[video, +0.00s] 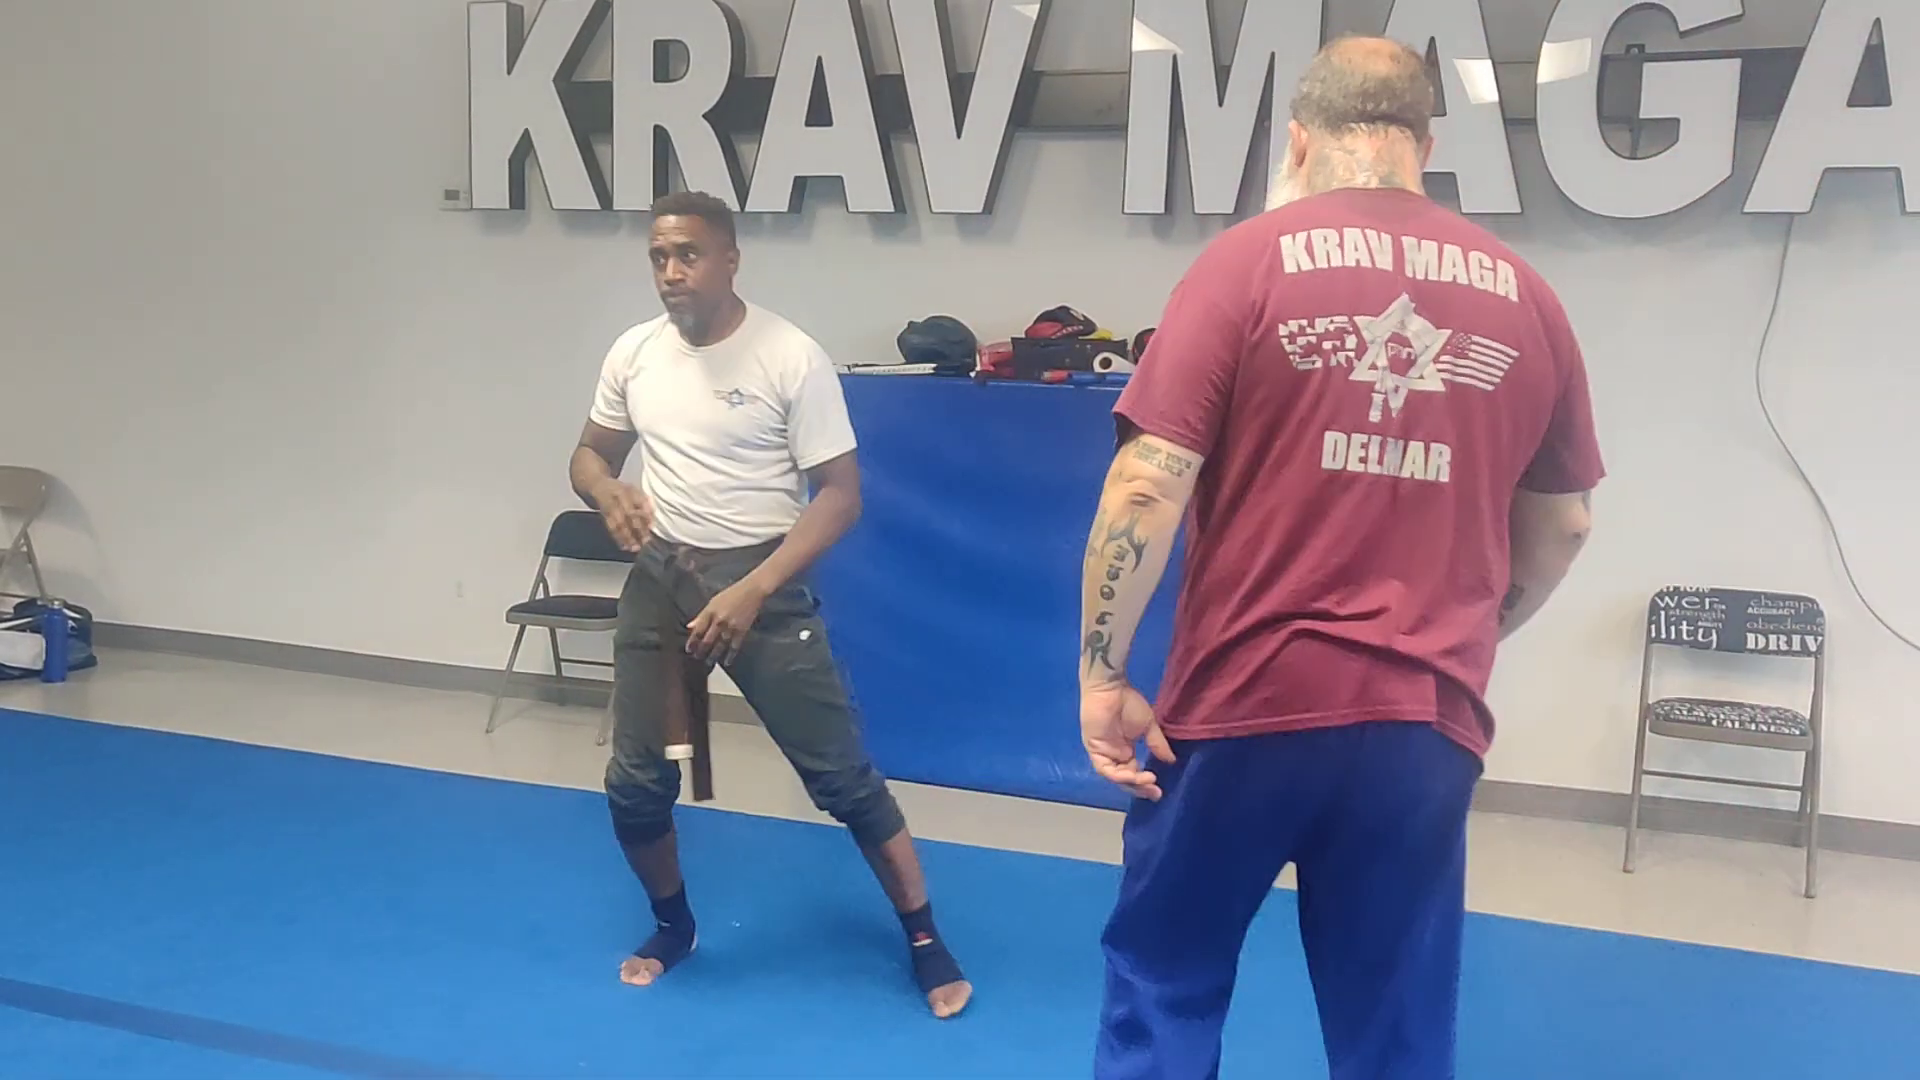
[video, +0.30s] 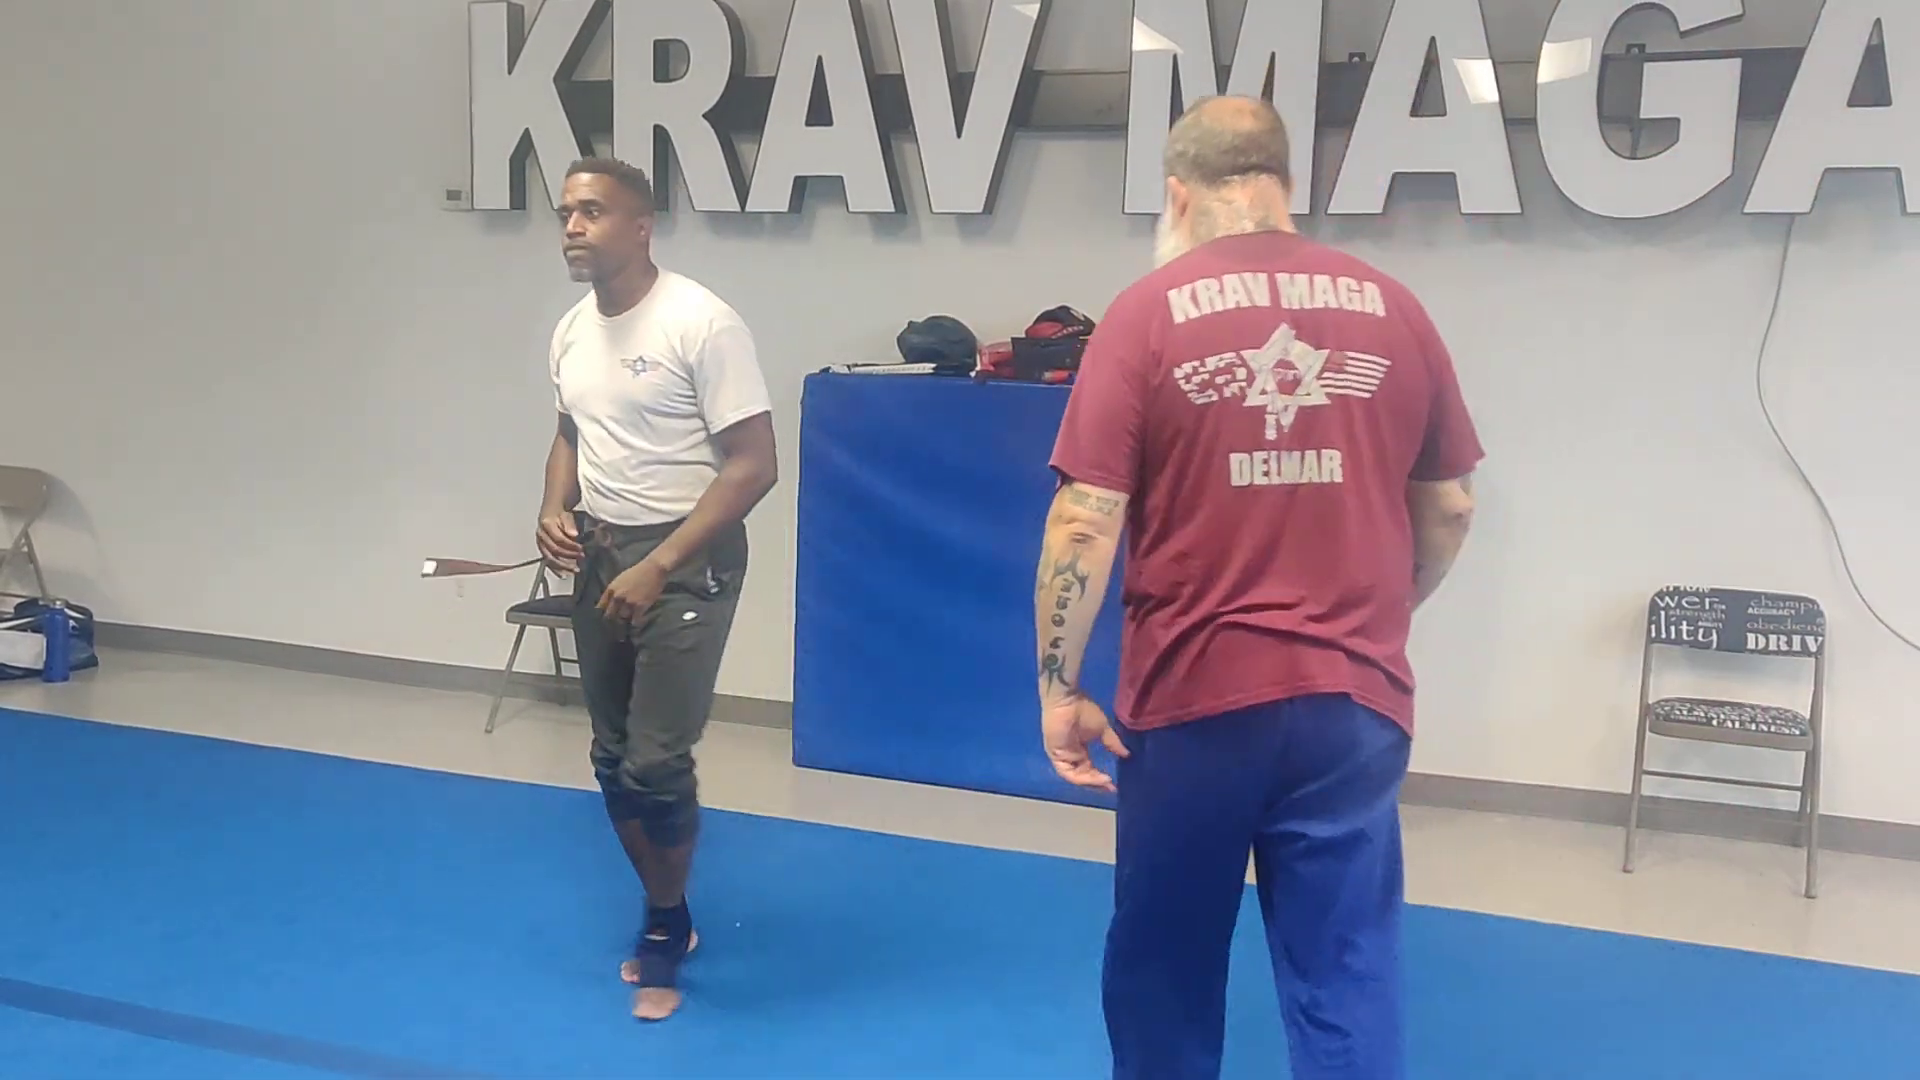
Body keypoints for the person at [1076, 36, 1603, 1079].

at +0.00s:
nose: (1286, 171)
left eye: (1285, 153)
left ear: (1300, 144)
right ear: (1425, 149)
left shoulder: (1250, 257)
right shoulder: (1525, 291)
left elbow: (1152, 479)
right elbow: (1558, 527)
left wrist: (1103, 670)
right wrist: (1470, 626)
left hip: (1249, 702)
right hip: (1426, 718)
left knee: (1163, 988)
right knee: (1397, 1020)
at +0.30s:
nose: (1169, 216)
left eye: (1169, 202)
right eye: (1174, 203)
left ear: (1181, 194)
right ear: (1288, 191)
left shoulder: (1144, 314)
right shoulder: (1390, 302)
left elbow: (1086, 518)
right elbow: (1448, 506)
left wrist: (1059, 683)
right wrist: (1376, 607)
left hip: (1198, 692)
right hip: (1354, 686)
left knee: (1162, 981)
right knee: (1347, 986)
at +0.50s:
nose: (1100, 204)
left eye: (1100, 191)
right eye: (1107, 190)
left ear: (1111, 187)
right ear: (1207, 176)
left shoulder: (1081, 304)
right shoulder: (1319, 283)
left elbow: (1013, 507)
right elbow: (1386, 462)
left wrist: (996, 628)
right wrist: (1343, 582)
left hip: (1146, 645)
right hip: (1290, 642)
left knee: (1130, 902)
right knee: (1280, 872)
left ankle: (1146, 1068)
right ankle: (1303, 1065)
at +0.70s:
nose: (1068, 223)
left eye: (1069, 209)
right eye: (1070, 210)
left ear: (1081, 203)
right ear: (1171, 200)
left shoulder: (1053, 303)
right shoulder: (1272, 295)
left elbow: (968, 492)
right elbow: (1330, 463)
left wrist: (947, 571)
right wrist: (1289, 582)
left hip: (1117, 625)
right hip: (1243, 623)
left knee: (1106, 862)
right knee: (1190, 844)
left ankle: (1127, 1062)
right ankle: (1163, 1027)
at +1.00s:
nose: (1043, 230)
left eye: (1044, 217)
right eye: (1049, 218)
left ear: (1060, 212)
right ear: (1139, 215)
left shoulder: (1031, 293)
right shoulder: (1210, 312)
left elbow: (963, 446)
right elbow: (1243, 466)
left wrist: (924, 572)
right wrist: (1181, 554)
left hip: (1045, 594)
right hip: (1158, 600)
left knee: (994, 774)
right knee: (1116, 805)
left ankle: (1052, 963)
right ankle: (1106, 1004)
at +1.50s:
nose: (897, 239)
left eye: (897, 228)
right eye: (901, 227)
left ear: (909, 229)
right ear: (980, 222)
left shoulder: (896, 318)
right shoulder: (1057, 303)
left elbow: (849, 461)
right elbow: (1105, 436)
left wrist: (828, 563)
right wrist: (1076, 521)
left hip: (936, 568)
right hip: (1039, 563)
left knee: (922, 756)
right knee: (1048, 744)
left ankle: (932, 933)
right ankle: (1065, 875)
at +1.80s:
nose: (852, 249)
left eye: (852, 237)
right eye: (857, 237)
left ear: (864, 237)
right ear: (929, 232)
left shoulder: (846, 319)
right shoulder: (998, 316)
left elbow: (778, 446)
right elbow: (1039, 441)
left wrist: (740, 509)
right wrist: (1010, 525)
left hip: (891, 561)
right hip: (980, 557)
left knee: (890, 743)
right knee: (939, 725)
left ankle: (923, 931)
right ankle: (906, 855)